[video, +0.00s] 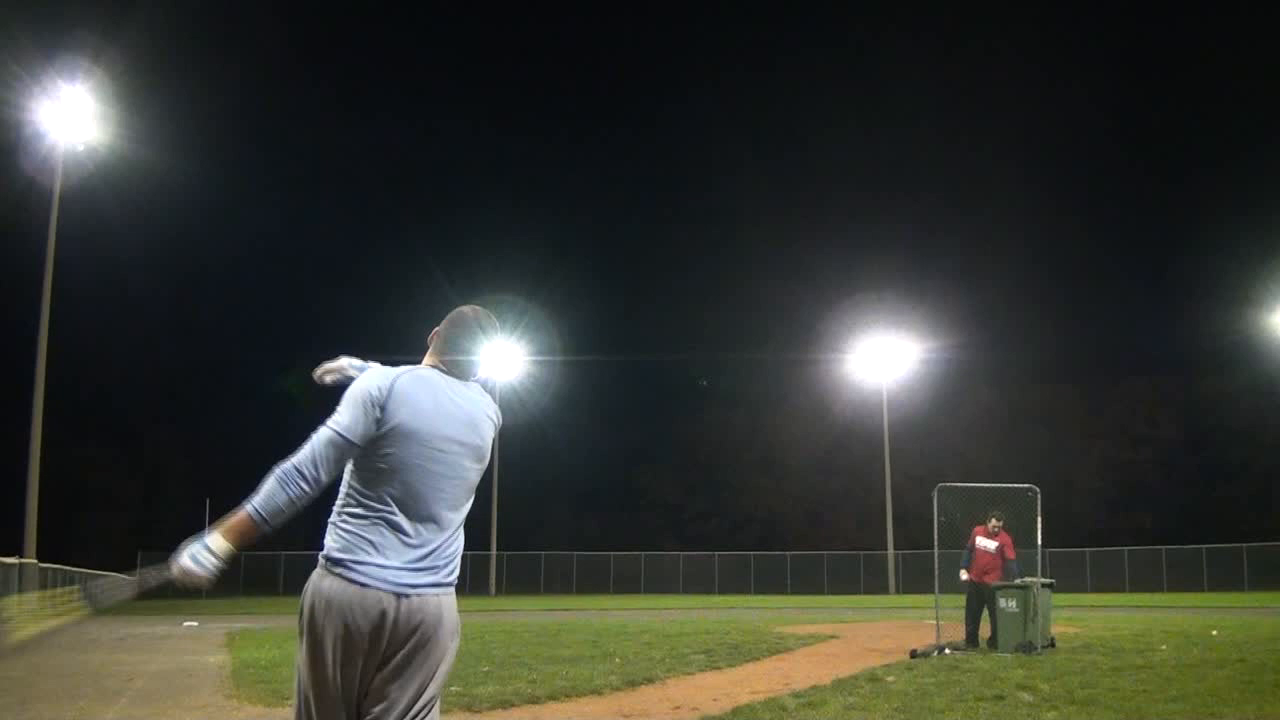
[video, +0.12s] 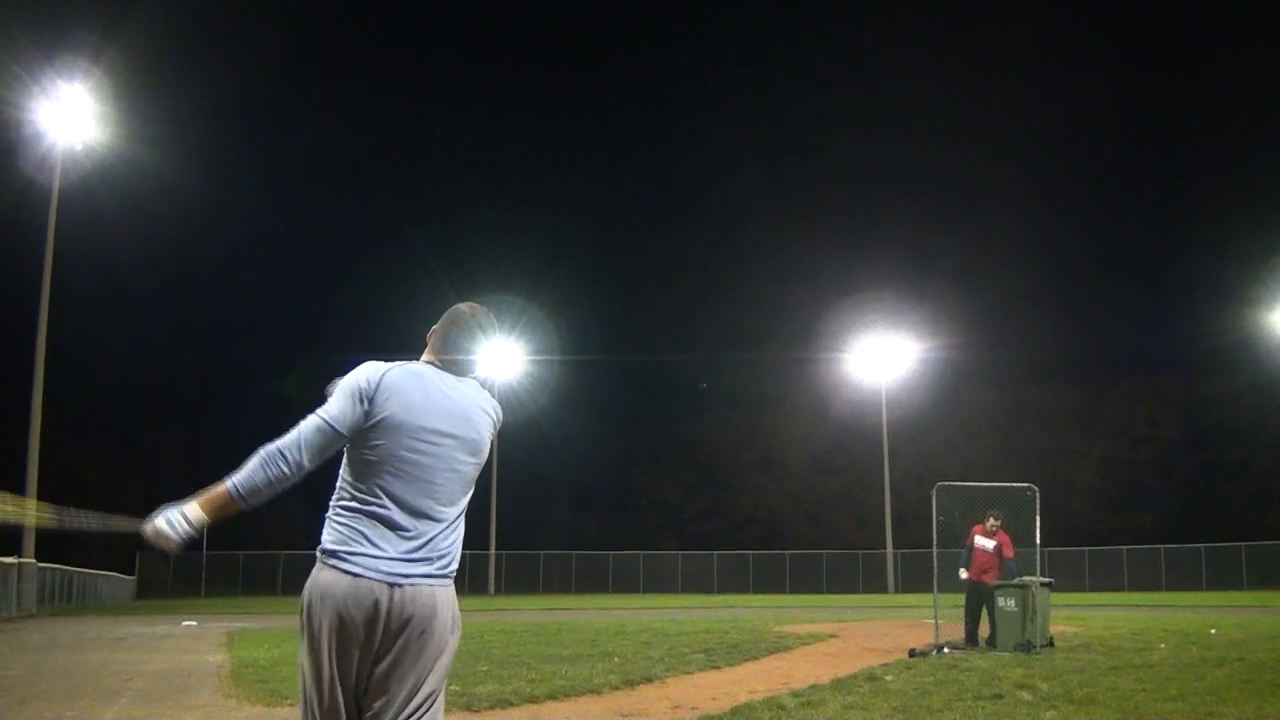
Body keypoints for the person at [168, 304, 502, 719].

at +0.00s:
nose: (430, 337)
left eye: (434, 333)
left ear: (434, 340)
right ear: (481, 362)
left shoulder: (381, 387)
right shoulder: (486, 414)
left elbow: (306, 472)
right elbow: (434, 398)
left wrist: (220, 540)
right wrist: (370, 374)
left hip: (343, 598)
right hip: (430, 609)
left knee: (322, 709)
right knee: (407, 712)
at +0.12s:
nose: (426, 340)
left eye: (430, 333)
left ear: (431, 340)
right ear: (480, 360)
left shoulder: (374, 380)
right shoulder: (486, 412)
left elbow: (291, 456)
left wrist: (196, 511)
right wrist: (366, 392)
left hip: (340, 588)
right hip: (428, 602)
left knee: (327, 712)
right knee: (411, 713)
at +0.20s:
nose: (426, 343)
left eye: (428, 336)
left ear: (430, 343)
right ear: (480, 361)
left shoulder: (372, 382)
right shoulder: (488, 414)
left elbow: (284, 448)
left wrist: (185, 495)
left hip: (341, 586)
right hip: (428, 597)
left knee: (333, 712)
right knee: (415, 713)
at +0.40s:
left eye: (429, 341)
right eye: (473, 356)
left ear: (424, 348)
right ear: (475, 365)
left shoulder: (368, 387)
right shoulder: (486, 415)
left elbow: (275, 442)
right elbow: (512, 455)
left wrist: (177, 476)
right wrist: (482, 395)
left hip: (346, 585)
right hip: (430, 595)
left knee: (344, 708)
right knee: (423, 712)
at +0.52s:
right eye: (478, 352)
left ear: (426, 350)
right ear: (476, 361)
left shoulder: (369, 389)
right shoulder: (490, 415)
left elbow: (279, 443)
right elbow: (524, 471)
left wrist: (187, 473)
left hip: (350, 583)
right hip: (431, 592)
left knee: (348, 709)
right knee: (421, 712)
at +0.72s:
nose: (476, 367)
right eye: (476, 358)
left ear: (424, 354)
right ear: (474, 364)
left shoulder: (370, 394)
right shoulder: (491, 416)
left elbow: (290, 449)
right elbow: (538, 497)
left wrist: (215, 482)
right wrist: (496, 529)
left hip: (353, 578)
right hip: (433, 588)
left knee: (349, 707)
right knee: (430, 710)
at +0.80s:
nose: (476, 367)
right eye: (477, 359)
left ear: (427, 353)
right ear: (475, 360)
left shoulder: (369, 398)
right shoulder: (488, 414)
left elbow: (297, 460)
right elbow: (533, 509)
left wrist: (234, 502)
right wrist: (503, 556)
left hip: (355, 580)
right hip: (433, 588)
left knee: (354, 709)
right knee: (438, 710)